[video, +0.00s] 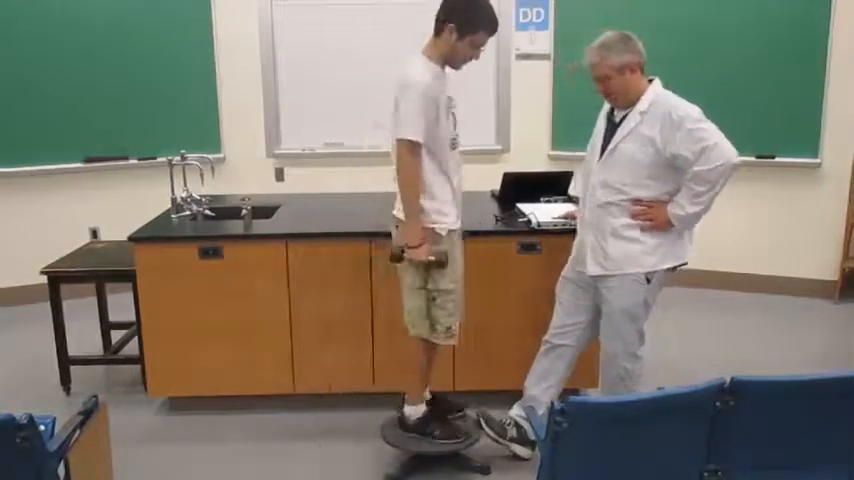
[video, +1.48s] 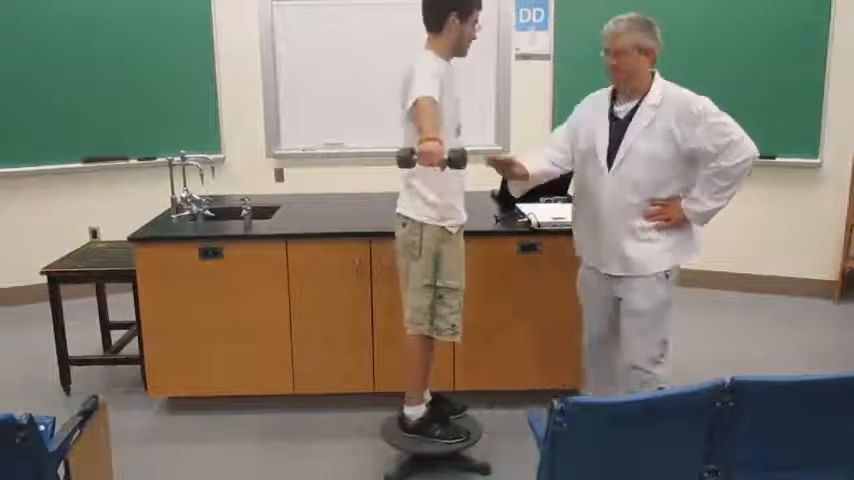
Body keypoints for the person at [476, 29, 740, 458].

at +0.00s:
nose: (600, 89)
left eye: (604, 80)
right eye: (596, 81)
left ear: (632, 70)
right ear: (617, 74)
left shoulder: (671, 112)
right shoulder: (610, 112)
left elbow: (720, 158)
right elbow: (599, 169)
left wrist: (676, 212)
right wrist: (587, 205)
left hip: (634, 257)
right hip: (591, 249)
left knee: (621, 356)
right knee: (562, 338)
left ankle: (614, 441)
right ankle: (529, 424)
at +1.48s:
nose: (610, 62)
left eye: (619, 54)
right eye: (607, 53)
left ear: (649, 56)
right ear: (603, 55)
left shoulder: (684, 109)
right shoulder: (591, 108)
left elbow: (738, 154)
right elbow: (558, 153)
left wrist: (691, 207)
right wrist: (524, 171)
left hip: (648, 261)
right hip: (594, 258)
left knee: (642, 364)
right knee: (598, 358)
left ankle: (642, 447)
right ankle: (599, 439)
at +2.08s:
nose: (584, 67)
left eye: (593, 57)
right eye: (581, 57)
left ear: (629, 58)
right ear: (580, 59)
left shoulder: (677, 118)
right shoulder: (564, 119)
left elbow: (737, 164)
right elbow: (515, 156)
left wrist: (685, 225)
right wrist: (459, 158)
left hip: (640, 293)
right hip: (570, 290)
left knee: (645, 410)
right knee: (563, 407)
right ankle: (560, 474)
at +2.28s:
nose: (539, 72)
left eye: (549, 62)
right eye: (538, 62)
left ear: (585, 65)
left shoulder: (633, 124)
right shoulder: (528, 127)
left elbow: (695, 177)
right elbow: (492, 170)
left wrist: (646, 241)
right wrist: (437, 161)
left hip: (605, 301)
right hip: (537, 299)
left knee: (618, 412)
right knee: (534, 407)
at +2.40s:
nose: (492, 73)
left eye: (500, 61)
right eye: (491, 62)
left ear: (538, 60)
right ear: (528, 62)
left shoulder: (584, 119)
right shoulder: (497, 121)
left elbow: (640, 178)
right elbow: (469, 179)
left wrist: (591, 245)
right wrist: (415, 164)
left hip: (554, 306)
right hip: (502, 302)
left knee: (538, 425)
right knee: (514, 420)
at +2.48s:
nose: (492, 73)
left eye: (500, 61)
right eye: (491, 62)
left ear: (538, 60)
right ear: (528, 62)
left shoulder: (584, 119)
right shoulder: (497, 121)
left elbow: (640, 178)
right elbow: (469, 179)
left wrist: (591, 245)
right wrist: (415, 164)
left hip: (550, 305)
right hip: (501, 300)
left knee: (535, 423)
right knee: (512, 417)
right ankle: (525, 476)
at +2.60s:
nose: (436, 76)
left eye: (442, 64)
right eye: (436, 65)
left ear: (479, 63)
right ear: (475, 64)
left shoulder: (525, 121)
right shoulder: (463, 126)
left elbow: (577, 190)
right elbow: (442, 190)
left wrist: (537, 256)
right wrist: (384, 167)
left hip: (507, 303)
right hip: (470, 300)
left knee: (448, 410)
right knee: (501, 409)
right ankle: (529, 475)